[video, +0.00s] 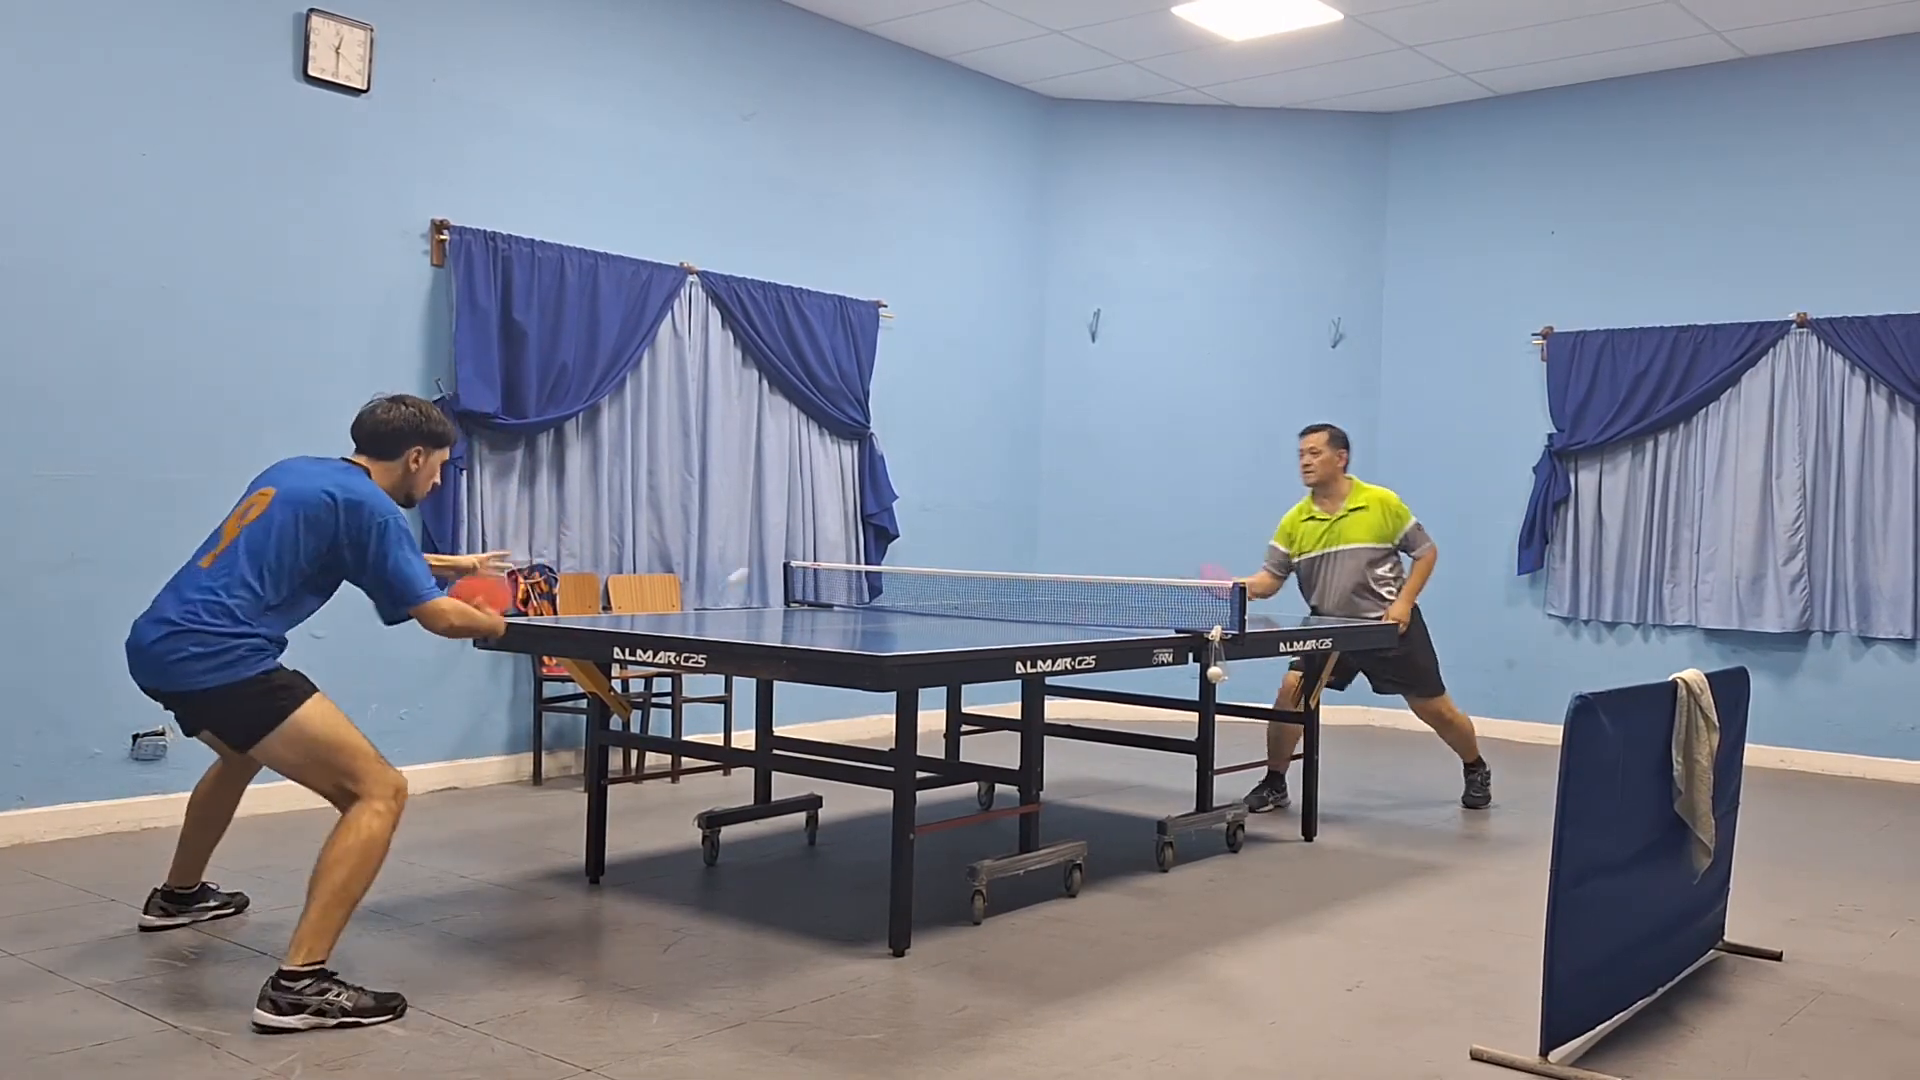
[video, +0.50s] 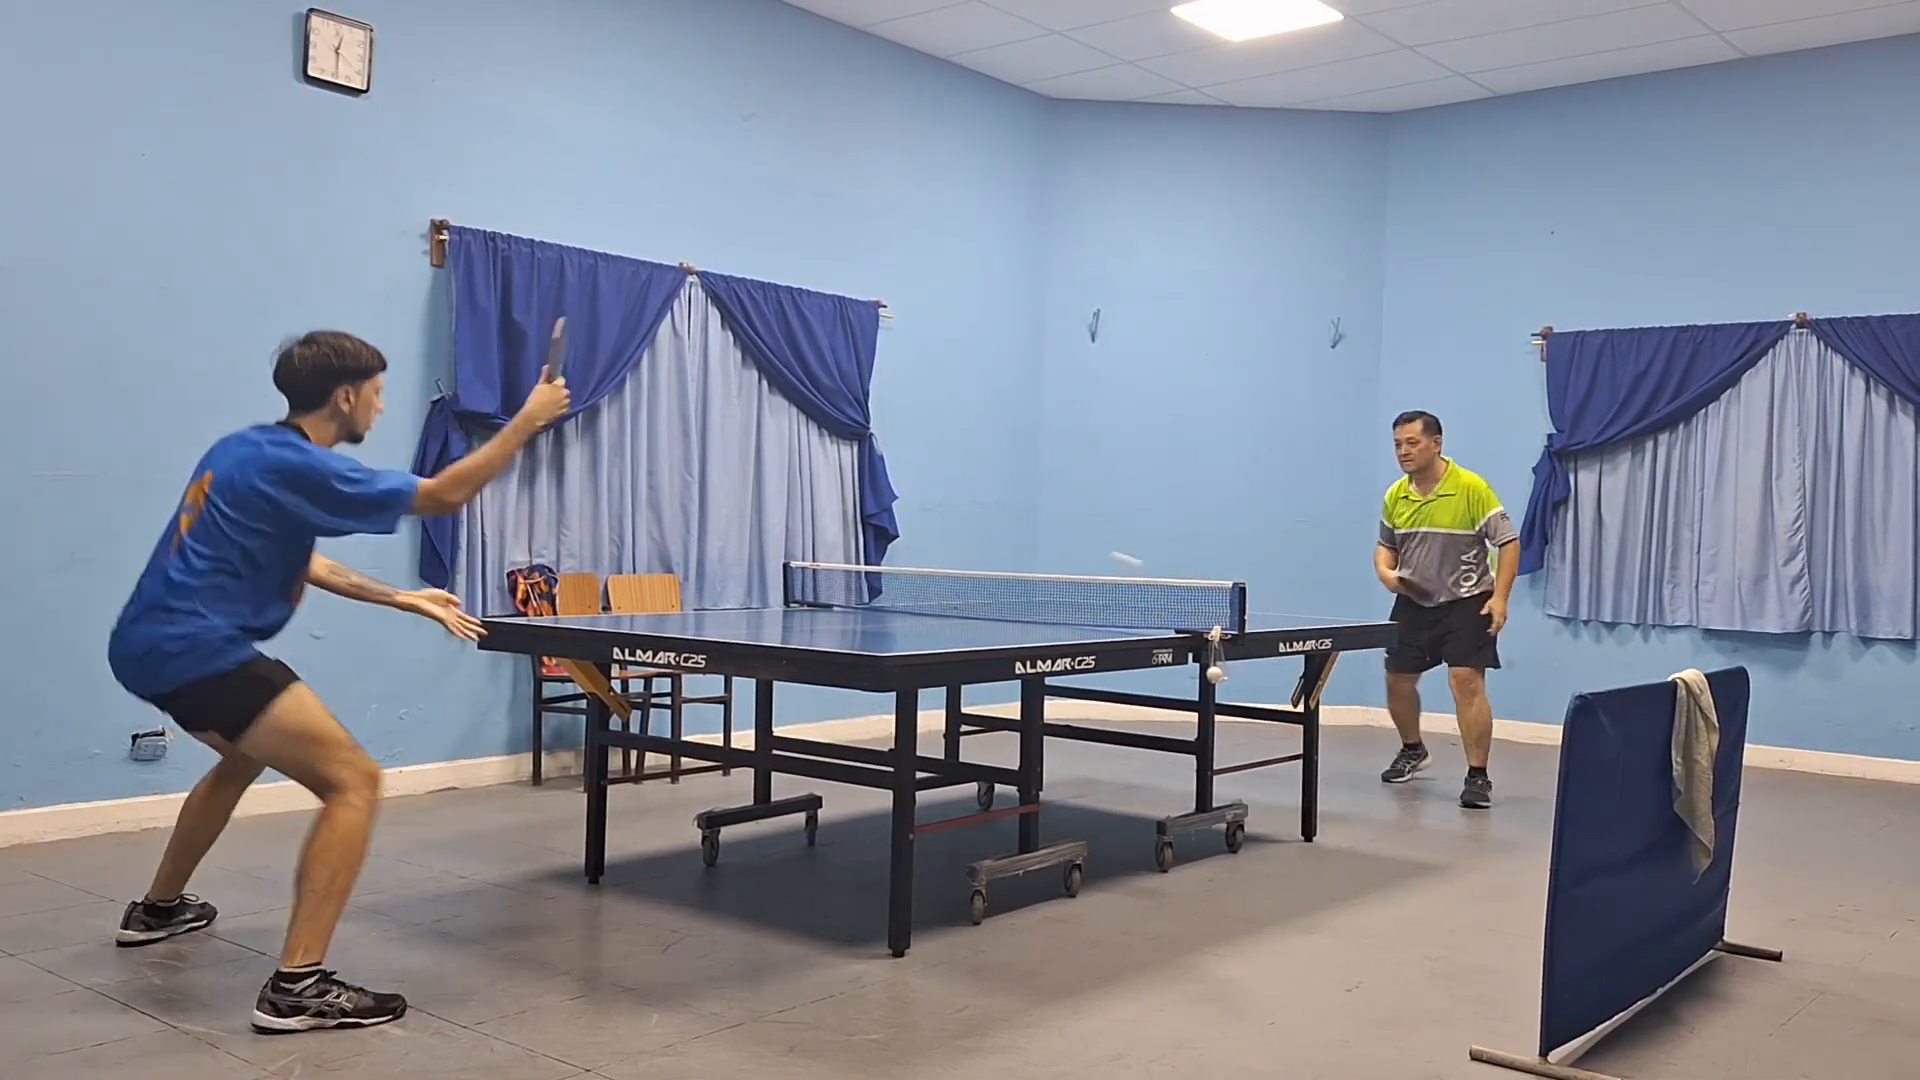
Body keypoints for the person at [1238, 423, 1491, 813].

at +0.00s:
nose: (1304, 462)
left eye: (1313, 453)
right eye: (1301, 455)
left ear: (1340, 457)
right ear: (1300, 461)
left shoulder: (1381, 503)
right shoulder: (1295, 521)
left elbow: (1426, 552)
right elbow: (1271, 577)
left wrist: (1404, 602)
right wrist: (1246, 586)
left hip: (1389, 625)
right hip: (1328, 631)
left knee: (1434, 710)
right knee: (1290, 690)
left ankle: (1476, 769)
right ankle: (1274, 782)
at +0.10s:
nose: (1340, 459)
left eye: (1349, 451)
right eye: (1336, 453)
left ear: (1375, 454)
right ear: (1335, 458)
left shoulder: (1415, 501)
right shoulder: (1332, 515)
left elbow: (1451, 558)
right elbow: (1322, 567)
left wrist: (1421, 604)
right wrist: (1302, 585)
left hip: (1415, 625)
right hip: (1354, 627)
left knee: (1444, 710)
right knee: (1320, 697)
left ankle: (1474, 776)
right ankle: (1282, 777)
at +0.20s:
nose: (1368, 455)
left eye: (1377, 447)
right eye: (1365, 449)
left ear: (1404, 449)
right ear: (1363, 454)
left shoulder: (1440, 496)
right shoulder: (1366, 506)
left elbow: (1474, 553)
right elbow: (1360, 560)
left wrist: (1440, 601)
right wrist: (1338, 580)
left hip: (1434, 619)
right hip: (1378, 620)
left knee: (1454, 707)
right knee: (1343, 686)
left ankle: (1475, 777)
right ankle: (1304, 768)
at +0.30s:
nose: (1386, 449)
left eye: (1394, 441)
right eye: (1382, 443)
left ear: (1421, 444)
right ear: (1379, 449)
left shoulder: (1453, 490)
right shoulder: (1385, 498)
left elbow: (1490, 547)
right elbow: (1378, 552)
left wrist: (1463, 599)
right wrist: (1357, 574)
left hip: (1449, 609)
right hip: (1397, 606)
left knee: (1457, 697)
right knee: (1353, 674)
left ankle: (1476, 777)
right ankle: (1340, 765)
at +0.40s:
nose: (1397, 447)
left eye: (1405, 439)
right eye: (1392, 441)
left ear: (1430, 441)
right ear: (1390, 446)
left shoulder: (1463, 487)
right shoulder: (1394, 494)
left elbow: (1499, 543)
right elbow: (1388, 547)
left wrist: (1483, 596)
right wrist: (1373, 570)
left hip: (1458, 607)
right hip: (1407, 605)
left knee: (1462, 688)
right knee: (1369, 674)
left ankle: (1477, 777)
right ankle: (1379, 754)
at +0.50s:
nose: (1403, 451)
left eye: (1411, 443)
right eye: (1398, 444)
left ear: (1435, 444)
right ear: (1395, 448)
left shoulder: (1471, 488)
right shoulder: (1395, 495)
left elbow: (1508, 542)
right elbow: (1387, 546)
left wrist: (1500, 596)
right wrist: (1385, 571)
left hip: (1466, 605)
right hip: (1414, 606)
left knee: (1465, 679)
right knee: (1398, 678)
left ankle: (1477, 774)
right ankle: (1412, 748)